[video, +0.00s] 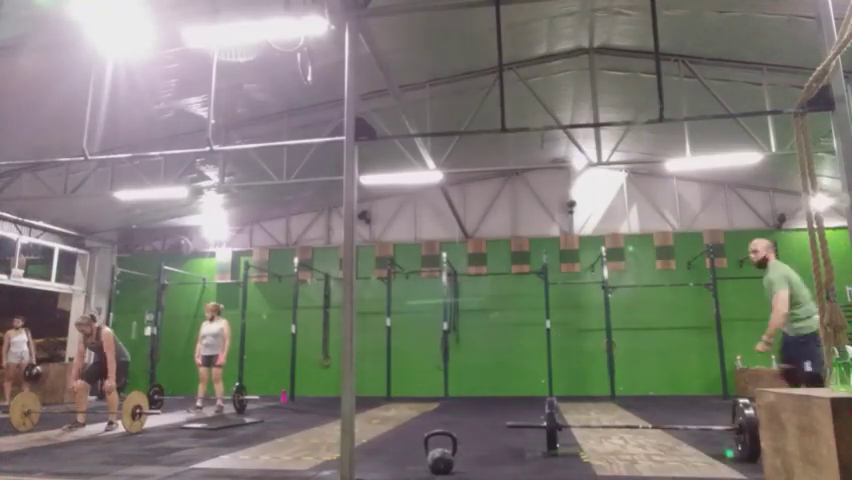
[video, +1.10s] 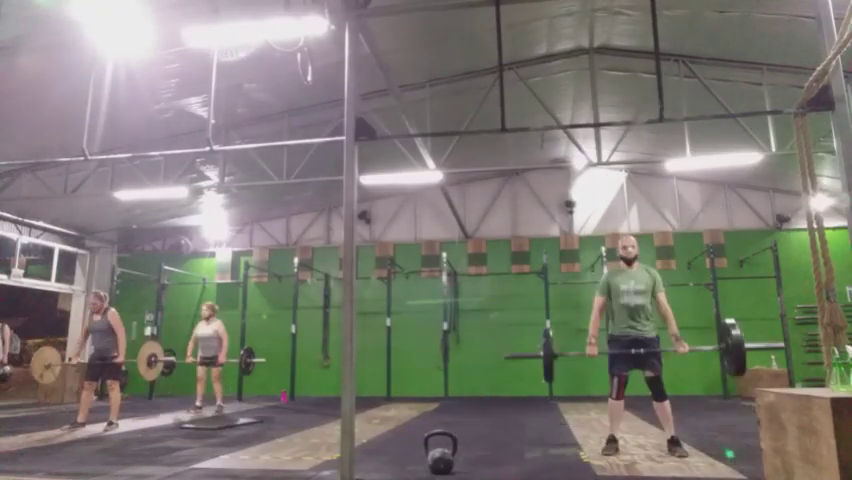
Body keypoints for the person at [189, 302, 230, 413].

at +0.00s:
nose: (207, 313)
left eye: (209, 311)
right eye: (206, 311)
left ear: (215, 312)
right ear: (206, 312)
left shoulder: (223, 323)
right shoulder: (204, 324)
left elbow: (227, 340)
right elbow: (200, 341)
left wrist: (223, 355)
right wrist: (197, 355)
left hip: (217, 353)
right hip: (204, 353)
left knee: (216, 378)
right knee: (202, 378)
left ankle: (219, 402)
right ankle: (199, 402)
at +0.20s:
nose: (206, 315)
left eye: (208, 313)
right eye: (205, 313)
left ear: (214, 313)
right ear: (204, 313)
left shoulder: (222, 323)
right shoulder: (203, 324)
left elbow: (226, 339)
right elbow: (198, 341)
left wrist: (223, 356)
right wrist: (196, 356)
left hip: (216, 354)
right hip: (203, 354)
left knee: (216, 378)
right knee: (202, 379)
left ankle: (219, 402)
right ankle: (199, 401)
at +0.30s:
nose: (202, 329)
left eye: (203, 326)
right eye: (200, 327)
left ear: (207, 324)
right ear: (198, 326)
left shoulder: (217, 330)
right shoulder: (197, 332)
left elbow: (223, 346)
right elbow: (193, 350)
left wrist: (223, 362)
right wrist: (191, 367)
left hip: (217, 356)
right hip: (204, 356)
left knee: (217, 377)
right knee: (200, 375)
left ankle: (220, 401)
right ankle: (199, 400)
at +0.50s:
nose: (196, 352)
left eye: (197, 349)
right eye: (194, 350)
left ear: (203, 348)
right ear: (192, 350)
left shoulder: (211, 352)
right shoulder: (192, 354)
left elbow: (216, 370)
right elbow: (187, 371)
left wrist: (216, 391)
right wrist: (180, 390)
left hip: (220, 364)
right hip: (204, 366)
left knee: (217, 378)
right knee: (193, 377)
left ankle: (219, 403)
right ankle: (197, 404)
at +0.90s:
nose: (192, 344)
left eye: (194, 342)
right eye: (191, 342)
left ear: (200, 342)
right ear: (190, 342)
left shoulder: (210, 349)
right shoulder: (191, 351)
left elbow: (218, 366)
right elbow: (187, 366)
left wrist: (218, 383)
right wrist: (184, 383)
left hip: (217, 362)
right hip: (201, 364)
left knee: (217, 383)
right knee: (194, 379)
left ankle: (219, 404)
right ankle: (197, 404)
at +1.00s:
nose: (195, 328)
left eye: (198, 325)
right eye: (194, 325)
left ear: (204, 326)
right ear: (193, 326)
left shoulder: (212, 336)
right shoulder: (194, 337)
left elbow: (223, 352)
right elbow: (189, 353)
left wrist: (220, 367)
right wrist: (185, 368)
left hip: (217, 356)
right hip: (203, 356)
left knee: (218, 376)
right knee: (198, 375)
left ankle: (219, 403)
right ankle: (198, 403)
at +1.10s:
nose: (203, 312)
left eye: (206, 310)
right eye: (202, 310)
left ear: (212, 311)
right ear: (201, 312)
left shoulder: (218, 324)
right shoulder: (200, 325)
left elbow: (225, 338)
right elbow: (192, 340)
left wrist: (223, 354)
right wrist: (189, 354)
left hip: (215, 355)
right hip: (201, 355)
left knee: (215, 379)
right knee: (200, 379)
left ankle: (219, 402)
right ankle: (198, 403)